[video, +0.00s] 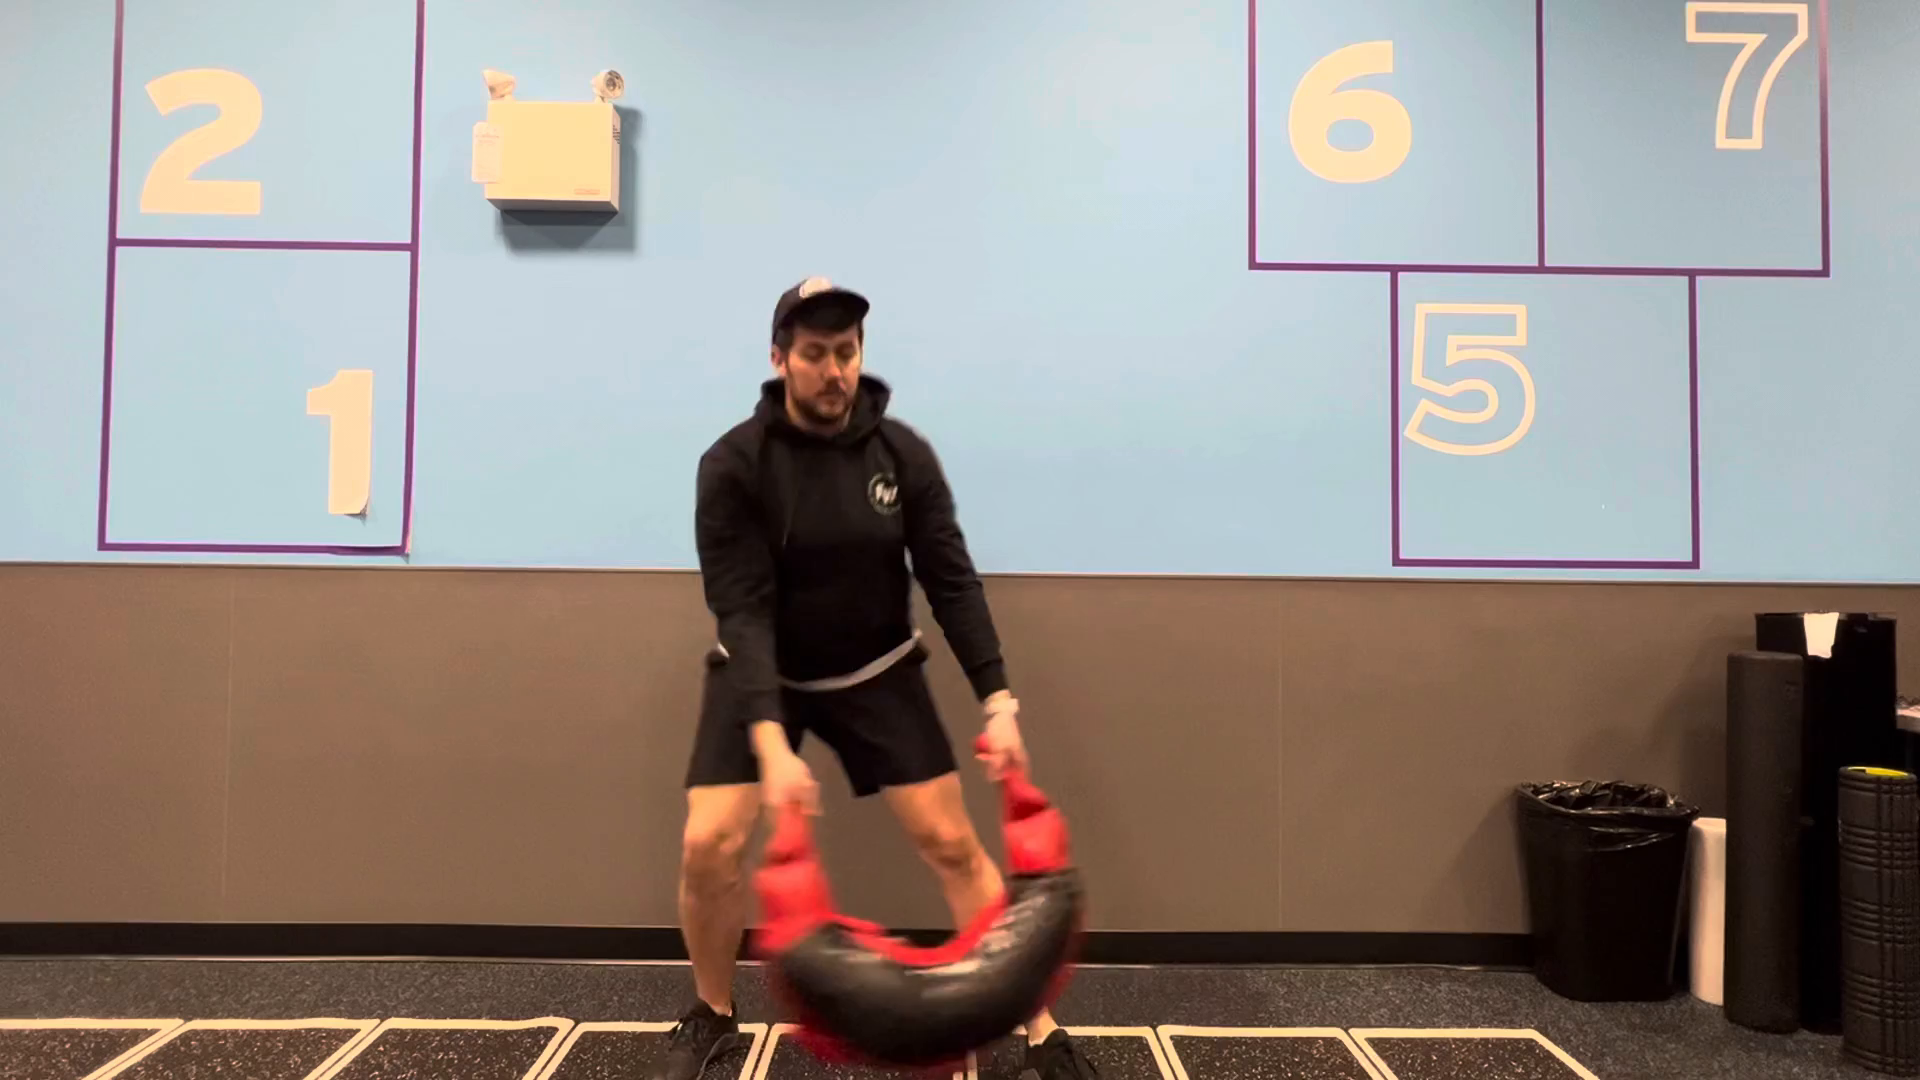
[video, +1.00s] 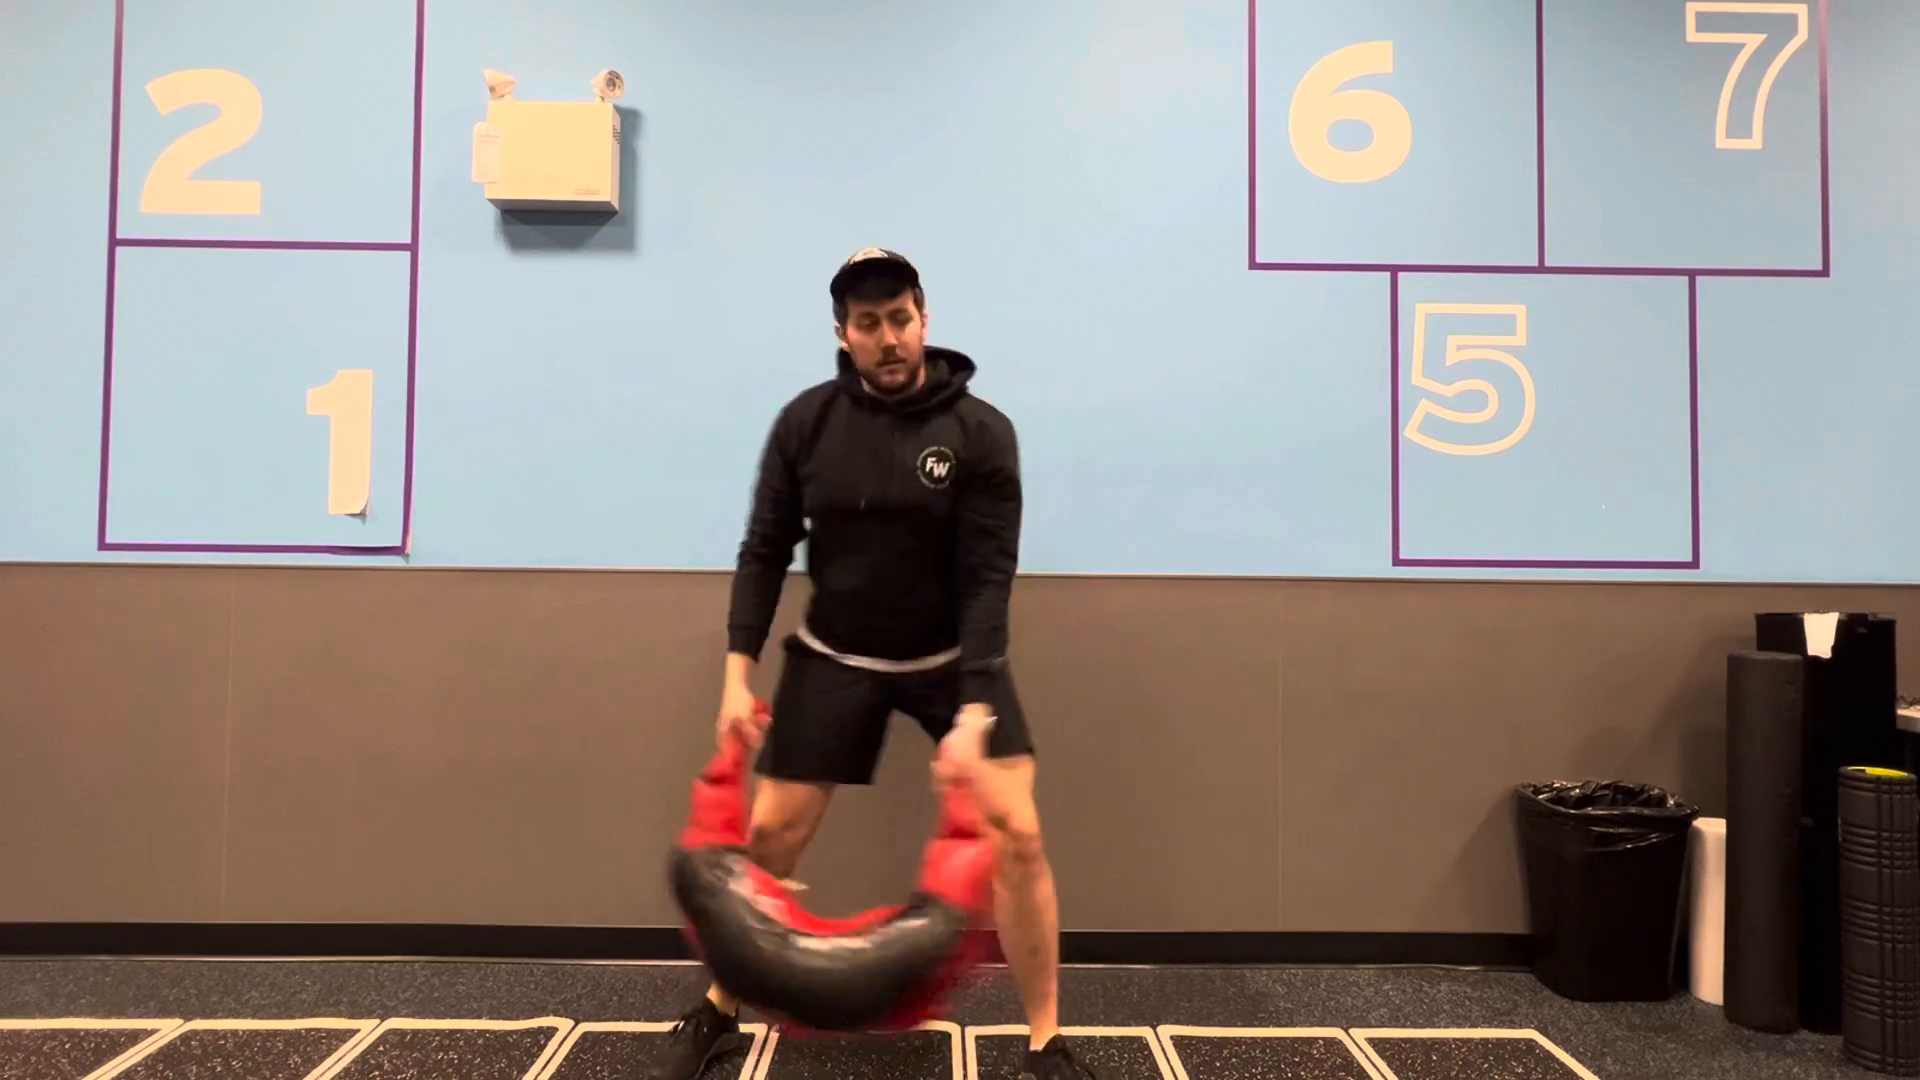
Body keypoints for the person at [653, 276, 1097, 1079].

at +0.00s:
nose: (836, 371)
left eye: (848, 353)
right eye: (818, 355)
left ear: (863, 358)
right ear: (781, 360)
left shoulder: (903, 457)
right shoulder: (732, 467)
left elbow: (950, 579)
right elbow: (741, 613)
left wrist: (997, 697)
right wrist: (771, 745)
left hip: (877, 672)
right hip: (761, 676)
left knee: (952, 844)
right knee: (707, 846)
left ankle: (1039, 1031)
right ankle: (714, 1013)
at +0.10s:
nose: (818, 344)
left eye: (837, 327)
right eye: (806, 328)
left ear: (879, 329)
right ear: (795, 334)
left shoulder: (935, 436)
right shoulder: (764, 441)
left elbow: (954, 579)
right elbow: (742, 569)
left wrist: (920, 710)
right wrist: (701, 686)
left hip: (921, 654)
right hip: (805, 654)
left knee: (989, 831)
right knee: (746, 832)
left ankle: (1043, 1034)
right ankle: (721, 1020)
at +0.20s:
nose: (820, 351)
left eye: (836, 336)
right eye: (817, 336)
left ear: (891, 340)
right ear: (834, 342)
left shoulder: (954, 441)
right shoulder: (813, 444)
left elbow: (917, 591)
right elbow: (783, 558)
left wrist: (812, 697)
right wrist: (704, 648)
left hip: (975, 656)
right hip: (863, 655)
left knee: (1035, 845)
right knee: (785, 832)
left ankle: (1048, 1044)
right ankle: (719, 1010)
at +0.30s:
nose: (833, 381)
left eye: (846, 365)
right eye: (834, 365)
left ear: (898, 371)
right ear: (884, 372)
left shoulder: (959, 475)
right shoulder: (853, 473)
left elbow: (862, 608)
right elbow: (821, 573)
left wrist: (726, 678)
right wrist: (732, 631)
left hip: (1016, 684)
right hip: (903, 682)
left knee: (1071, 875)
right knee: (813, 847)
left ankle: (1050, 1047)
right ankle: (715, 1013)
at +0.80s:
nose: (862, 391)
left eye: (876, 375)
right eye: (861, 375)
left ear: (934, 381)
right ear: (899, 382)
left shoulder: (980, 486)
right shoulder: (874, 478)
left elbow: (885, 623)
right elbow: (841, 582)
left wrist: (749, 690)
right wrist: (744, 637)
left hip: (1029, 695)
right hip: (913, 691)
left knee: (1082, 886)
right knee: (819, 857)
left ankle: (1050, 1051)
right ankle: (715, 1014)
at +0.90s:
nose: (875, 361)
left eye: (893, 343)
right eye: (864, 345)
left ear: (940, 343)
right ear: (855, 349)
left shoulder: (990, 456)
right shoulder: (845, 446)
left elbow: (952, 604)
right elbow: (814, 552)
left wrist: (858, 714)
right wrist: (739, 636)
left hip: (998, 671)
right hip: (878, 665)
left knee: (1057, 858)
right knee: (802, 838)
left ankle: (1050, 1049)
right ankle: (719, 1009)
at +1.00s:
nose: (890, 339)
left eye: (902, 320)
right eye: (870, 325)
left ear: (925, 321)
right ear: (842, 334)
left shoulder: (979, 434)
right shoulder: (805, 424)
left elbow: (990, 576)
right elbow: (764, 548)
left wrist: (975, 710)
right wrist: (738, 673)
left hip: (951, 660)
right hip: (835, 658)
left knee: (1018, 834)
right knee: (770, 829)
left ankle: (1046, 1042)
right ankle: (721, 1004)